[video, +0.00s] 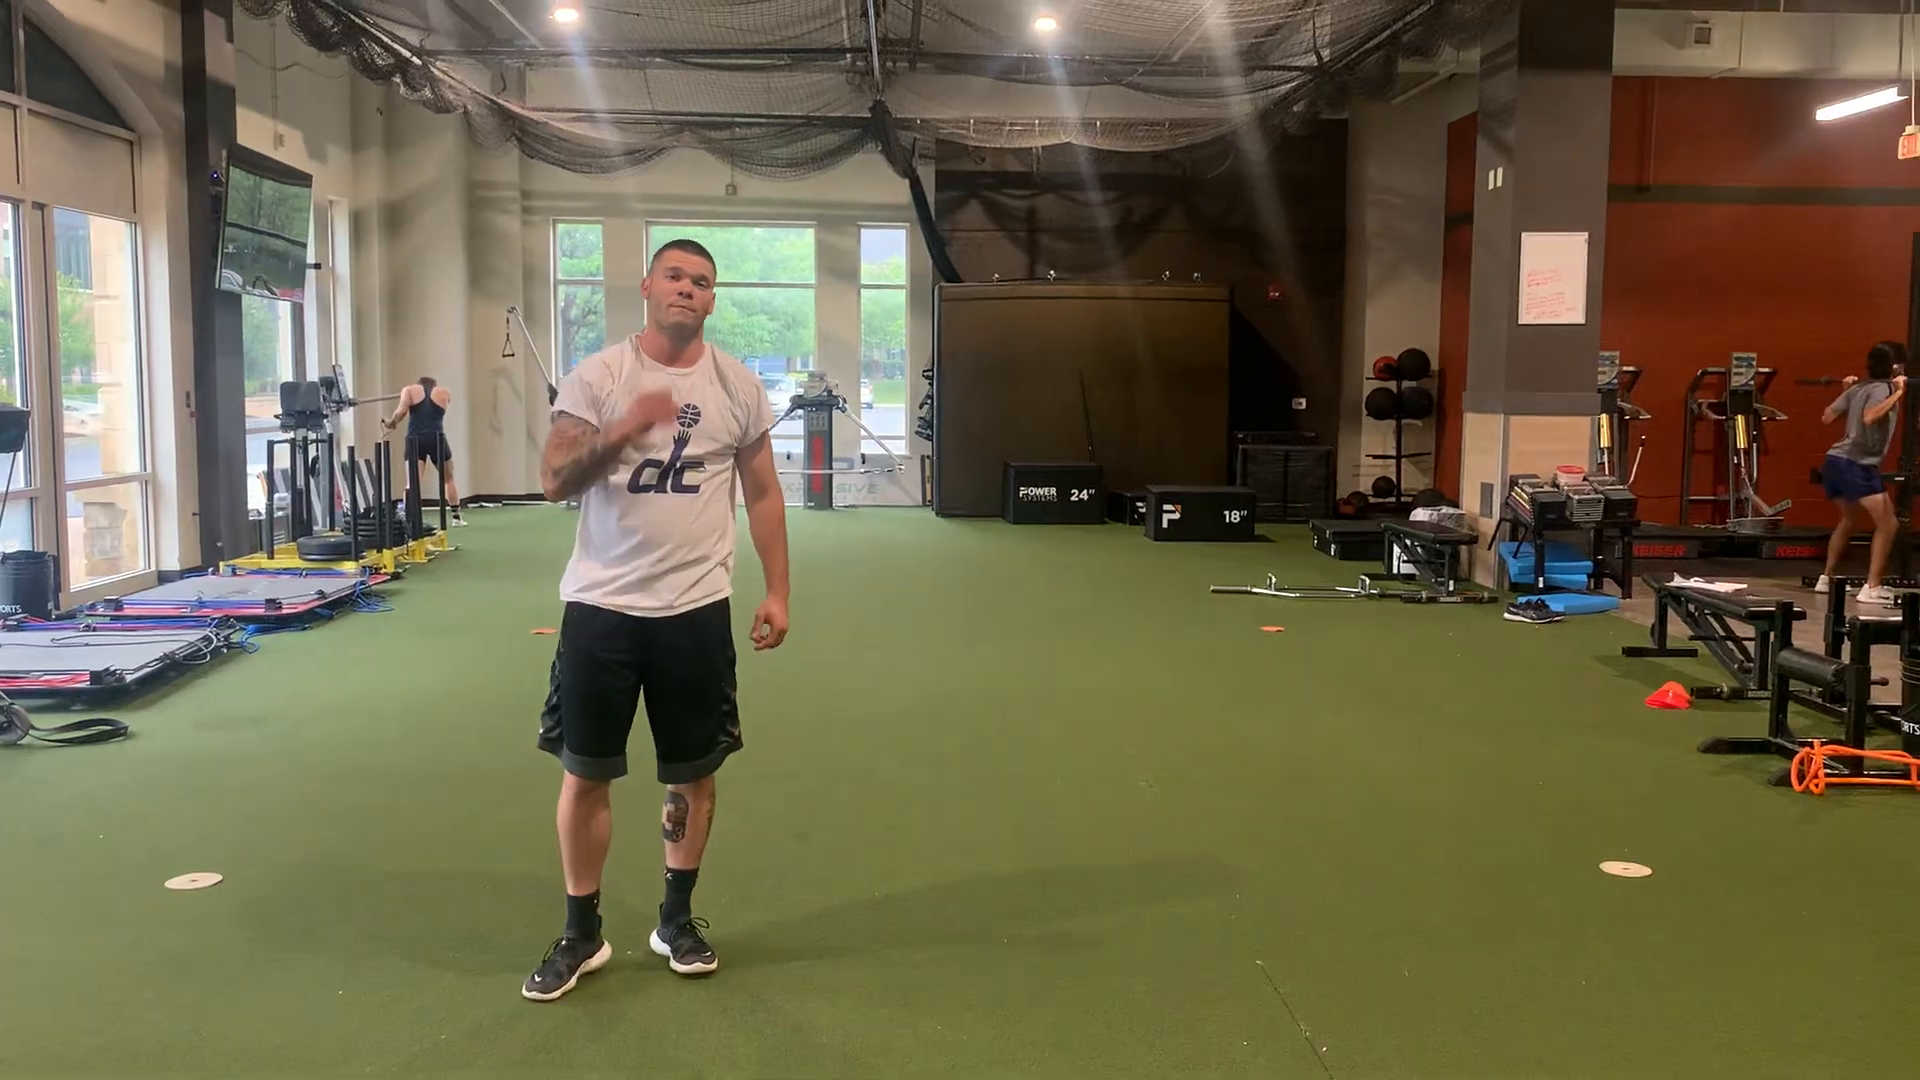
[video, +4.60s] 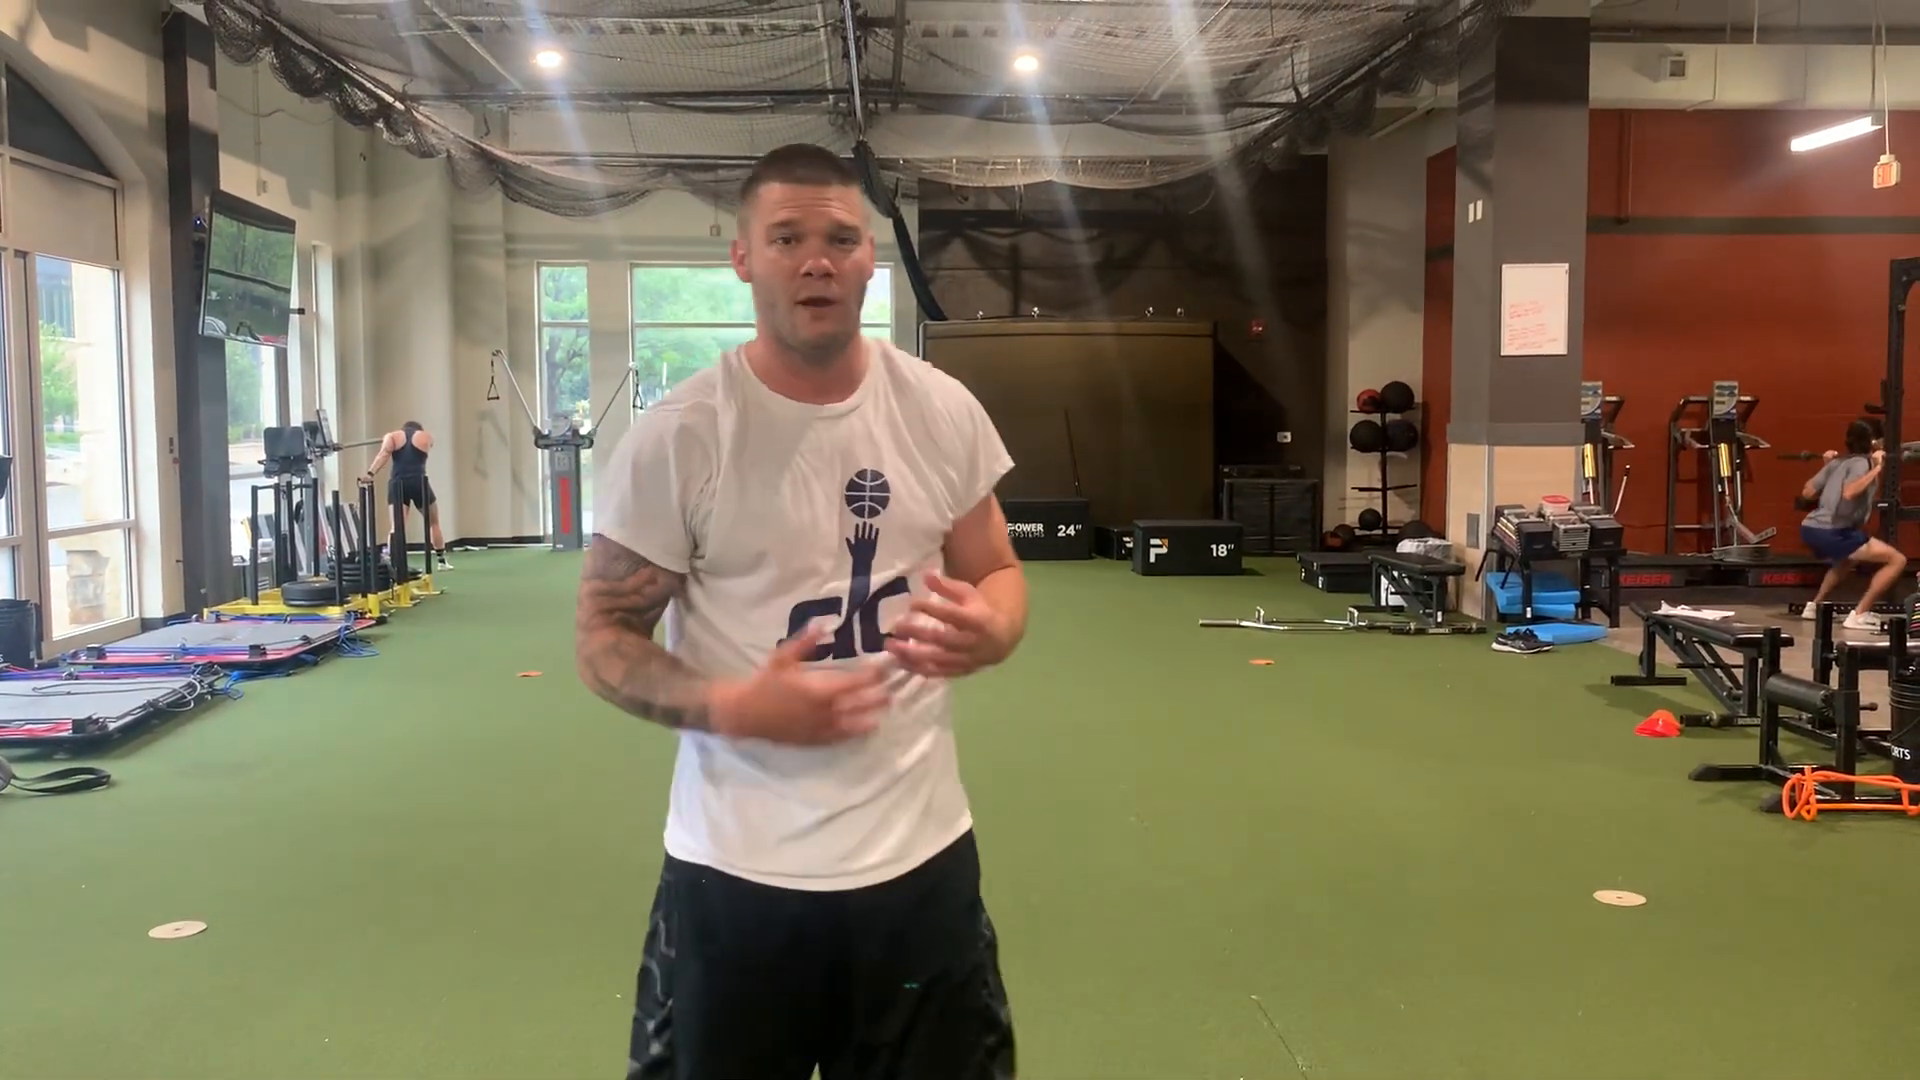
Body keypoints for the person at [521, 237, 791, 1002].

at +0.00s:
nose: (687, 290)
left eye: (700, 282)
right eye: (674, 276)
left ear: (714, 303)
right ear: (645, 287)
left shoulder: (738, 386)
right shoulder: (596, 375)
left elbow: (763, 493)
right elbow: (557, 478)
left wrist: (777, 591)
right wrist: (624, 430)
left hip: (696, 607)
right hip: (602, 605)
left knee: (691, 771)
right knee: (584, 773)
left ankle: (676, 919)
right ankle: (580, 933)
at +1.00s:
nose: (552, 305)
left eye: (565, 293)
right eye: (537, 292)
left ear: (584, 304)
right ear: (509, 303)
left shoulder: (634, 380)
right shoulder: (479, 409)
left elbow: (679, 482)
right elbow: (448, 512)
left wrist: (704, 578)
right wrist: (513, 528)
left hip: (637, 623)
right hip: (539, 637)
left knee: (665, 787)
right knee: (543, 803)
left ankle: (658, 933)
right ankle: (560, 959)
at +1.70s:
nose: (658, 293)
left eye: (675, 284)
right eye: (645, 277)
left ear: (692, 304)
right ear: (614, 284)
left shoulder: (717, 398)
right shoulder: (552, 389)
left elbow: (786, 508)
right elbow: (476, 497)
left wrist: (808, 498)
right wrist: (449, 466)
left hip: (669, 652)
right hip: (559, 652)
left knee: (678, 841)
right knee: (542, 836)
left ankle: (669, 1021)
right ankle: (563, 938)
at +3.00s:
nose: (603, 286)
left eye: (622, 270)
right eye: (583, 267)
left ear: (647, 287)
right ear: (549, 283)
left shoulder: (706, 400)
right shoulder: (502, 422)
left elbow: (767, 519)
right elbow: (437, 548)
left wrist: (818, 520)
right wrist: (438, 592)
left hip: (696, 723)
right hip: (561, 738)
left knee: (736, 948)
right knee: (568, 958)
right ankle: (586, 1079)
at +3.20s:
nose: (647, 278)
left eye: (669, 265)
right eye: (628, 259)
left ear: (692, 289)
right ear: (595, 277)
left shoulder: (746, 406)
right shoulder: (534, 418)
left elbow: (800, 530)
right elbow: (496, 566)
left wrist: (815, 560)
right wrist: (562, 606)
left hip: (716, 738)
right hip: (579, 747)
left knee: (747, 977)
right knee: (575, 975)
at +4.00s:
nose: (774, 272)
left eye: (795, 258)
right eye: (750, 253)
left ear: (818, 285)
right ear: (705, 277)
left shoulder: (867, 422)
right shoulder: (640, 433)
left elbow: (923, 571)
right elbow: (589, 607)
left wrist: (884, 610)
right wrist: (590, 744)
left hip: (830, 807)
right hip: (683, 816)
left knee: (805, 1051)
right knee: (678, 1061)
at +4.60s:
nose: (817, 262)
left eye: (841, 239)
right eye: (788, 238)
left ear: (871, 259)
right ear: (741, 259)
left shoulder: (938, 410)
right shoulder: (677, 436)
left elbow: (996, 573)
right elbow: (603, 640)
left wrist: (995, 628)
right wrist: (737, 704)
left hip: (918, 864)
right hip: (741, 876)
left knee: (949, 1064)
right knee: (712, 1066)